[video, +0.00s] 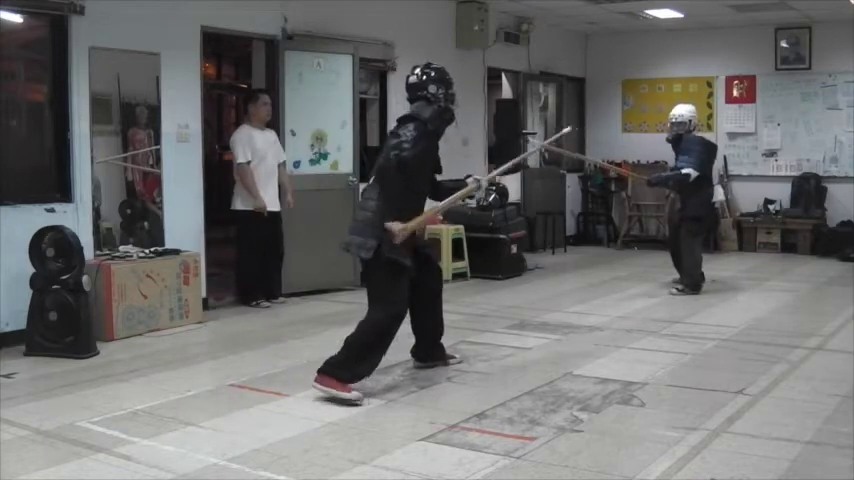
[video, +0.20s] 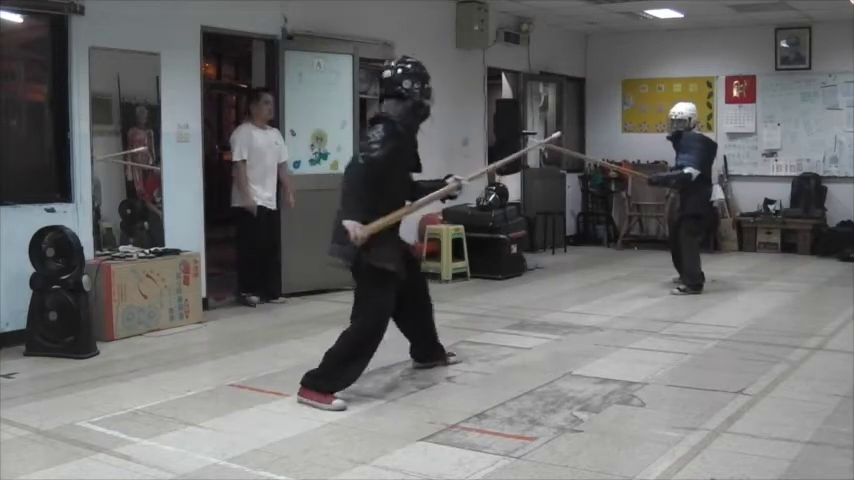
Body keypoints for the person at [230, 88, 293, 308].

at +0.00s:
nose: (269, 109)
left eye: (270, 105)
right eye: (264, 105)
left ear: (270, 108)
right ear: (251, 108)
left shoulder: (271, 135)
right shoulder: (241, 135)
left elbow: (280, 165)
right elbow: (242, 168)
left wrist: (287, 190)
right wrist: (257, 198)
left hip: (271, 206)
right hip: (249, 208)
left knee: (274, 252)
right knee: (251, 253)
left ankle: (272, 292)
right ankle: (251, 295)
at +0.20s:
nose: (271, 108)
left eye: (272, 104)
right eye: (266, 104)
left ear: (272, 108)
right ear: (253, 107)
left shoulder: (275, 134)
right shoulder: (242, 133)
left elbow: (282, 166)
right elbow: (239, 168)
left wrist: (289, 190)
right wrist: (247, 197)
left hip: (270, 201)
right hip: (248, 201)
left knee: (271, 247)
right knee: (249, 248)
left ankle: (271, 290)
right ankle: (247, 290)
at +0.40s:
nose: (266, 108)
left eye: (266, 103)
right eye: (261, 104)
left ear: (265, 108)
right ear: (248, 107)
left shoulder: (269, 134)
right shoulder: (236, 133)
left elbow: (281, 165)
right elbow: (234, 168)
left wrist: (292, 189)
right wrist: (241, 198)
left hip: (267, 204)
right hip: (244, 203)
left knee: (268, 249)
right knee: (242, 249)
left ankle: (268, 291)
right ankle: (224, 284)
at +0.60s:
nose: (252, 107)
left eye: (253, 103)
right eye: (247, 103)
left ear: (253, 107)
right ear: (236, 105)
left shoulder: (258, 133)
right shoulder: (224, 132)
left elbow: (269, 163)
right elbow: (224, 167)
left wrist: (282, 184)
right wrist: (239, 194)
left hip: (255, 204)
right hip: (228, 204)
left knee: (260, 249)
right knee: (227, 247)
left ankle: (264, 291)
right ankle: (221, 286)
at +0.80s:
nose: (242, 104)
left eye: (244, 100)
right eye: (238, 100)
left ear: (244, 103)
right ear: (227, 101)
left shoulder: (245, 129)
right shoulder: (214, 127)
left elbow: (253, 162)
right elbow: (214, 162)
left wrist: (263, 187)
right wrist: (226, 190)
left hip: (244, 200)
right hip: (218, 201)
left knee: (256, 244)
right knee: (219, 248)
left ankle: (263, 287)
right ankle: (218, 287)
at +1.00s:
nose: (239, 100)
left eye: (239, 96)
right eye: (234, 96)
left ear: (238, 101)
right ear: (221, 99)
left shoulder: (239, 126)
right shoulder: (211, 123)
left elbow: (246, 160)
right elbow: (207, 158)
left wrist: (251, 189)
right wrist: (211, 189)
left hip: (241, 195)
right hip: (219, 196)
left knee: (250, 240)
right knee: (218, 244)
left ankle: (255, 281)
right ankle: (219, 285)